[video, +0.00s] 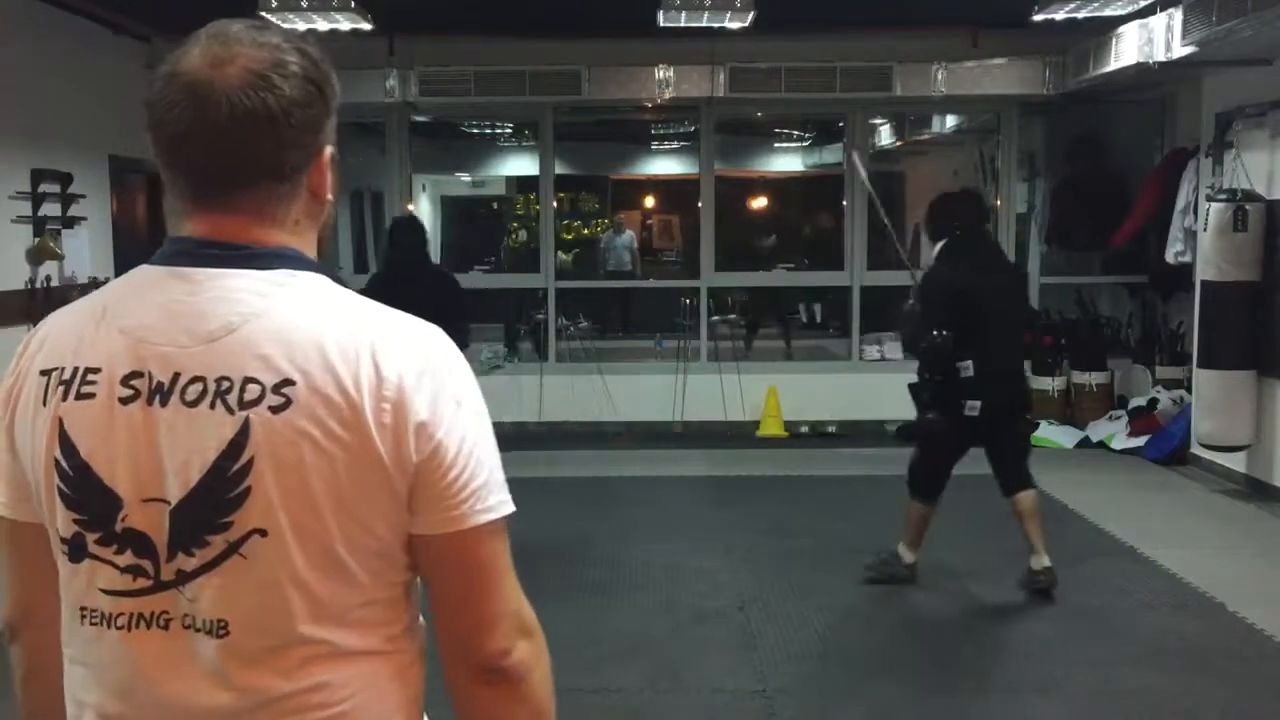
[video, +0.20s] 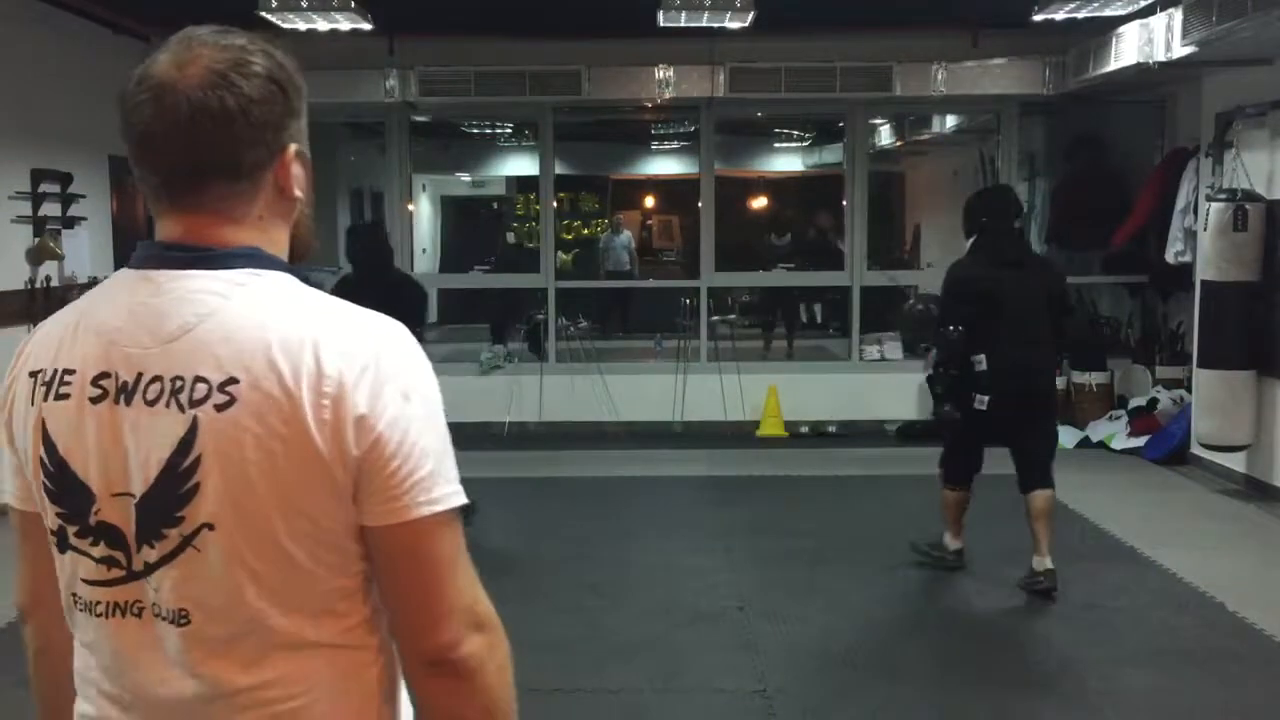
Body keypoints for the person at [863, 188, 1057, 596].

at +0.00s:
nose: (927, 238)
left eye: (930, 231)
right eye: (928, 231)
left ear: (944, 230)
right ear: (978, 225)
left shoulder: (944, 273)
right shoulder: (1006, 267)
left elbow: (934, 343)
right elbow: (1023, 328)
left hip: (959, 397)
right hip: (1009, 392)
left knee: (926, 477)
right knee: (1016, 476)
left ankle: (906, 557)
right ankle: (1042, 562)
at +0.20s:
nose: (964, 230)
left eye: (967, 224)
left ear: (974, 225)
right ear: (1016, 222)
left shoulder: (965, 272)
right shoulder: (1044, 269)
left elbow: (951, 340)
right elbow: (1064, 331)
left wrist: (946, 390)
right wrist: (1045, 367)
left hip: (980, 387)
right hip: (1035, 388)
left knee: (959, 463)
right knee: (1037, 472)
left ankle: (953, 542)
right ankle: (1043, 563)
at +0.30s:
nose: (983, 227)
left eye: (983, 220)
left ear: (985, 223)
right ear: (1027, 221)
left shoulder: (971, 271)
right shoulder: (1056, 269)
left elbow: (954, 339)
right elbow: (1080, 329)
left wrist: (949, 389)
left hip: (992, 384)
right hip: (1044, 383)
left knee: (981, 461)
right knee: (1041, 469)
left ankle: (988, 536)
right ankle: (1042, 560)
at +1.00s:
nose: (1012, 229)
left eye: (1013, 222)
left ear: (1018, 223)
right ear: (1055, 217)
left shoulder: (1011, 266)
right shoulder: (1082, 257)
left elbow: (993, 322)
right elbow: (1105, 313)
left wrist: (989, 363)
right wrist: (1099, 361)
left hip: (1030, 368)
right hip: (1075, 364)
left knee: (1021, 446)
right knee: (1064, 437)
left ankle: (1028, 533)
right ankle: (1086, 521)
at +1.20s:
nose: (1024, 232)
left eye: (1028, 224)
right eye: (1025, 223)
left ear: (1045, 223)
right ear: (1075, 220)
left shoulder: (1054, 261)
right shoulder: (1096, 254)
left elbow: (1042, 326)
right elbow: (1112, 320)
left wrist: (1010, 376)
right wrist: (1107, 377)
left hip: (1062, 368)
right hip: (1095, 366)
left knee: (1040, 448)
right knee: (1076, 443)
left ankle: (1031, 531)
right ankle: (1094, 521)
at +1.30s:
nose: (1041, 235)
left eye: (1046, 228)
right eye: (1042, 228)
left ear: (1068, 219)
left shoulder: (1076, 257)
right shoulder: (1092, 253)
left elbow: (1065, 322)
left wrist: (1037, 375)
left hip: (1083, 367)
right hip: (1096, 365)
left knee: (1064, 447)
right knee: (1082, 445)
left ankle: (1055, 529)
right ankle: (1094, 520)